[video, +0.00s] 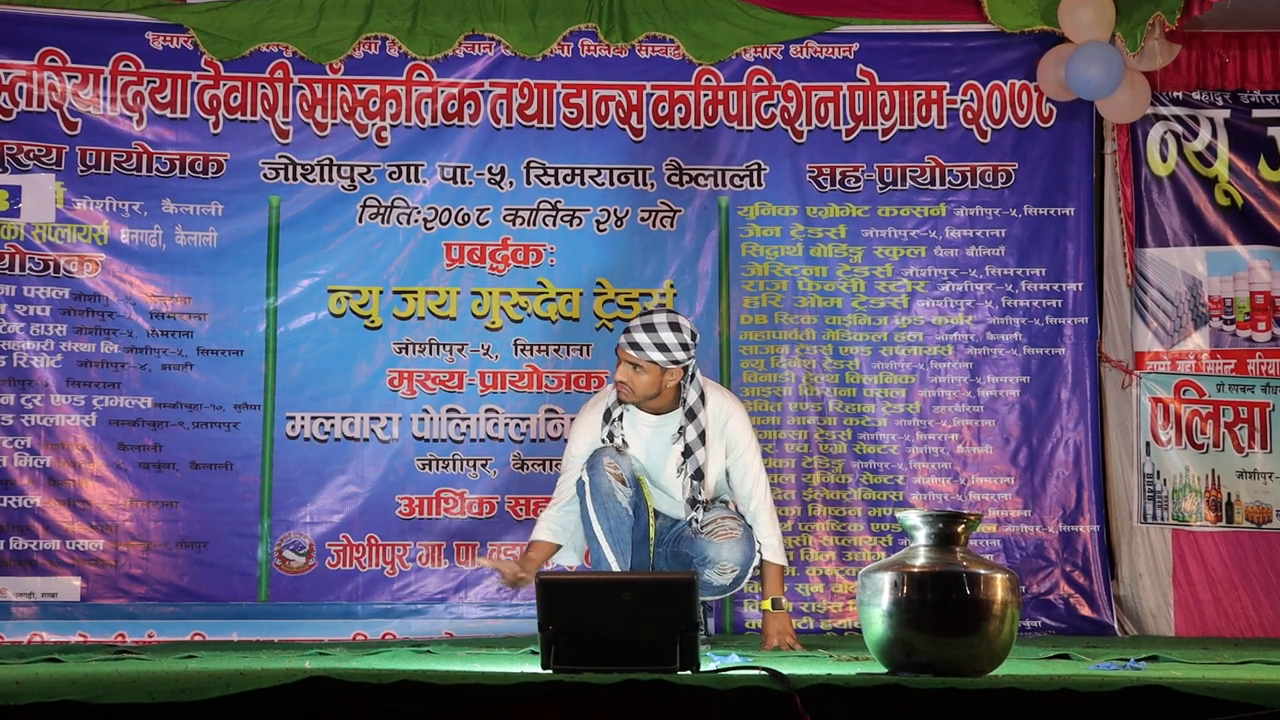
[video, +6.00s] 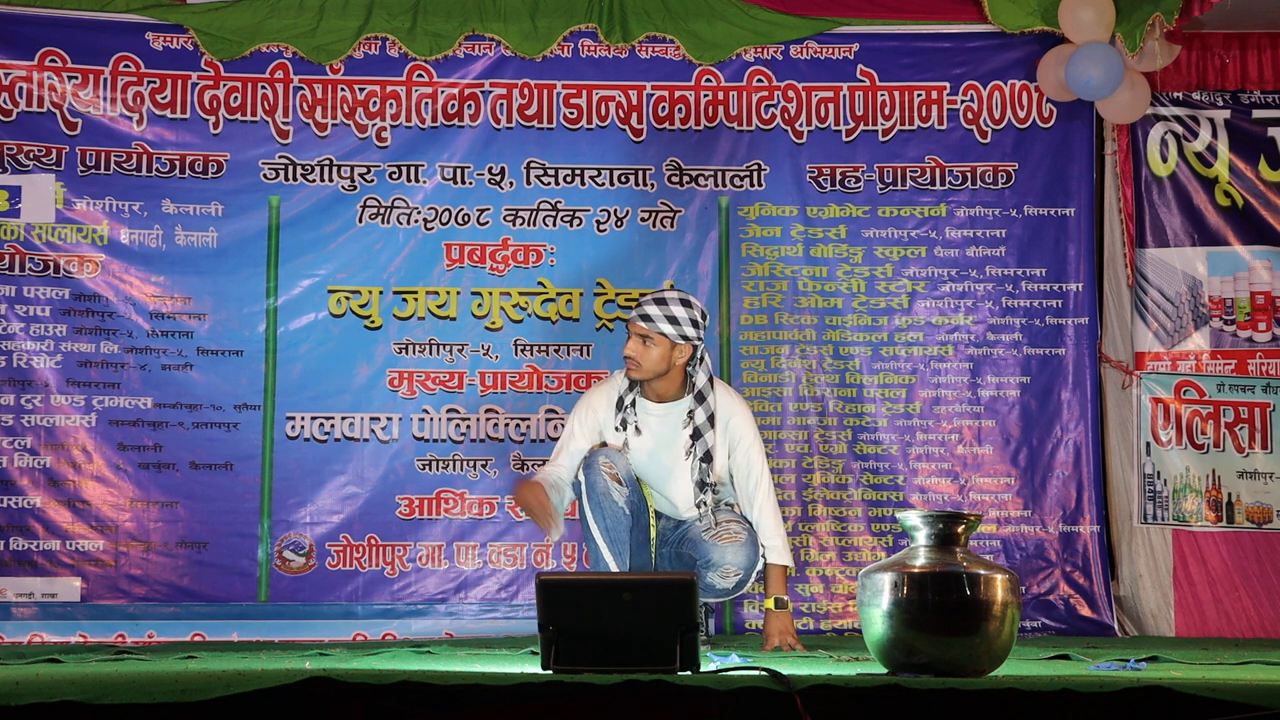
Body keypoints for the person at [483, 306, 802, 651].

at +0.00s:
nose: (618, 374)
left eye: (634, 368)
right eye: (620, 361)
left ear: (673, 375)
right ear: (618, 355)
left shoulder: (723, 413)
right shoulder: (597, 414)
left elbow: (759, 506)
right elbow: (567, 501)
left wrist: (775, 604)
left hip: (689, 542)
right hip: (627, 536)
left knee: (731, 536)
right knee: (605, 462)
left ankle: (687, 614)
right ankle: (621, 607)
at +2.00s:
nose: (622, 375)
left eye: (638, 368)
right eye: (622, 361)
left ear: (677, 374)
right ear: (620, 355)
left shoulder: (725, 413)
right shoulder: (597, 411)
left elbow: (760, 507)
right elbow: (557, 502)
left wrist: (777, 609)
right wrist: (543, 607)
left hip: (691, 540)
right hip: (628, 532)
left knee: (733, 546)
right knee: (601, 463)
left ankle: (687, 611)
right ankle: (619, 607)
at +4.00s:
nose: (623, 374)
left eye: (639, 367)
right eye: (624, 360)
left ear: (678, 373)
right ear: (622, 355)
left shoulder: (728, 414)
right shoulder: (600, 411)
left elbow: (762, 507)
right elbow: (558, 506)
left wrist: (777, 609)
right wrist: (542, 607)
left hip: (693, 538)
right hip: (630, 530)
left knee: (733, 546)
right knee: (604, 462)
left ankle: (690, 610)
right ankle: (620, 607)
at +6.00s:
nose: (628, 348)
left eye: (645, 340)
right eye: (629, 336)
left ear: (681, 353)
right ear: (625, 335)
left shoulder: (727, 410)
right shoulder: (604, 400)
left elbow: (762, 503)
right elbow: (559, 473)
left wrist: (778, 604)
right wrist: (535, 490)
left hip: (697, 537)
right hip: (634, 529)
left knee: (736, 550)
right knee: (601, 461)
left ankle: (684, 610)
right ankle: (619, 603)